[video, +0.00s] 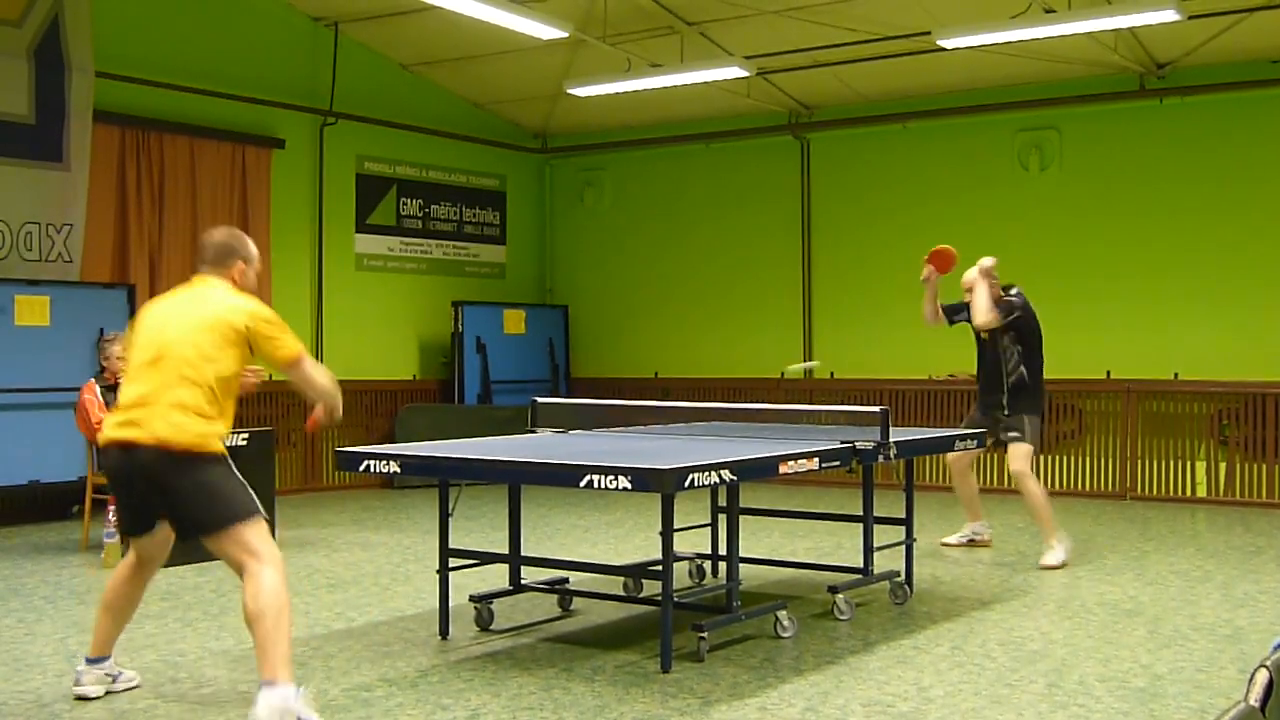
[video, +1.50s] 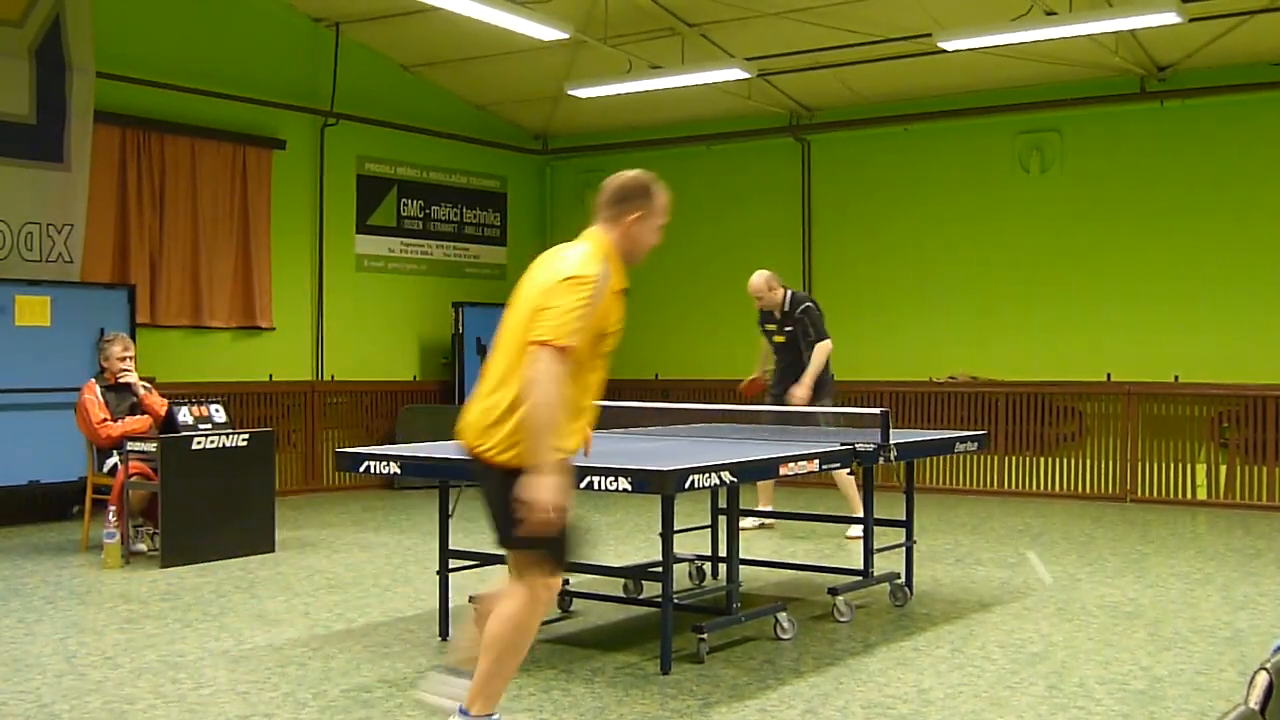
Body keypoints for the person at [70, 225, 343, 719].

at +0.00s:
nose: (259, 276)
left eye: (258, 267)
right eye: (256, 267)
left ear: (203, 266)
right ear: (240, 268)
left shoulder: (153, 307)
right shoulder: (245, 308)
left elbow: (145, 372)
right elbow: (315, 380)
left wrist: (227, 377)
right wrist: (332, 404)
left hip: (120, 446)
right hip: (186, 449)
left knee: (147, 549)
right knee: (260, 559)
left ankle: (95, 666)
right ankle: (278, 691)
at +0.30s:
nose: (358, 293)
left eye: (361, 283)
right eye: (350, 282)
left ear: (325, 281)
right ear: (315, 278)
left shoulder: (297, 318)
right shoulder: (301, 325)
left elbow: (290, 395)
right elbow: (303, 404)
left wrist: (350, 377)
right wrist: (415, 393)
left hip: (218, 480)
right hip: (254, 486)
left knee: (213, 564)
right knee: (358, 585)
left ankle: (134, 643)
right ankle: (282, 705)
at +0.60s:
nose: (425, 303)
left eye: (425, 296)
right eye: (424, 295)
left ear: (369, 293)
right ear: (410, 294)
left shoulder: (314, 339)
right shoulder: (421, 338)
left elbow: (288, 424)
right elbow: (500, 409)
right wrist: (525, 368)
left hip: (294, 497)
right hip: (368, 501)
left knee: (288, 556)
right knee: (454, 595)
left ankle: (244, 665)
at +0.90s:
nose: (430, 298)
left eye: (428, 291)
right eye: (430, 291)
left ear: (374, 290)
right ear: (421, 292)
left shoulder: (323, 340)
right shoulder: (438, 345)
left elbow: (296, 431)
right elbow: (482, 437)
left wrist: (350, 442)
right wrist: (433, 436)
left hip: (315, 494)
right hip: (398, 501)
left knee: (268, 584)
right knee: (470, 591)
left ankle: (198, 699)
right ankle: (471, 713)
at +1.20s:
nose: (520, 294)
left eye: (521, 284)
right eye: (519, 283)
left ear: (473, 277)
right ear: (498, 282)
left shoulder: (429, 320)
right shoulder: (463, 336)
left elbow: (431, 399)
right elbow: (410, 412)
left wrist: (493, 407)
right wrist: (433, 491)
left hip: (343, 492)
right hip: (394, 498)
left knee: (298, 594)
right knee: (513, 584)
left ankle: (200, 694)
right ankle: (471, 713)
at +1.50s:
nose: (659, 238)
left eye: (661, 226)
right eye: (658, 224)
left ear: (615, 215)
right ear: (632, 218)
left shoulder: (571, 258)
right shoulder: (588, 269)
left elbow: (535, 352)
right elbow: (548, 360)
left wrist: (560, 437)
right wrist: (546, 466)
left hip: (507, 440)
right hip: (520, 447)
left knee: (531, 576)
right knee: (537, 584)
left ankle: (457, 669)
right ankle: (477, 709)